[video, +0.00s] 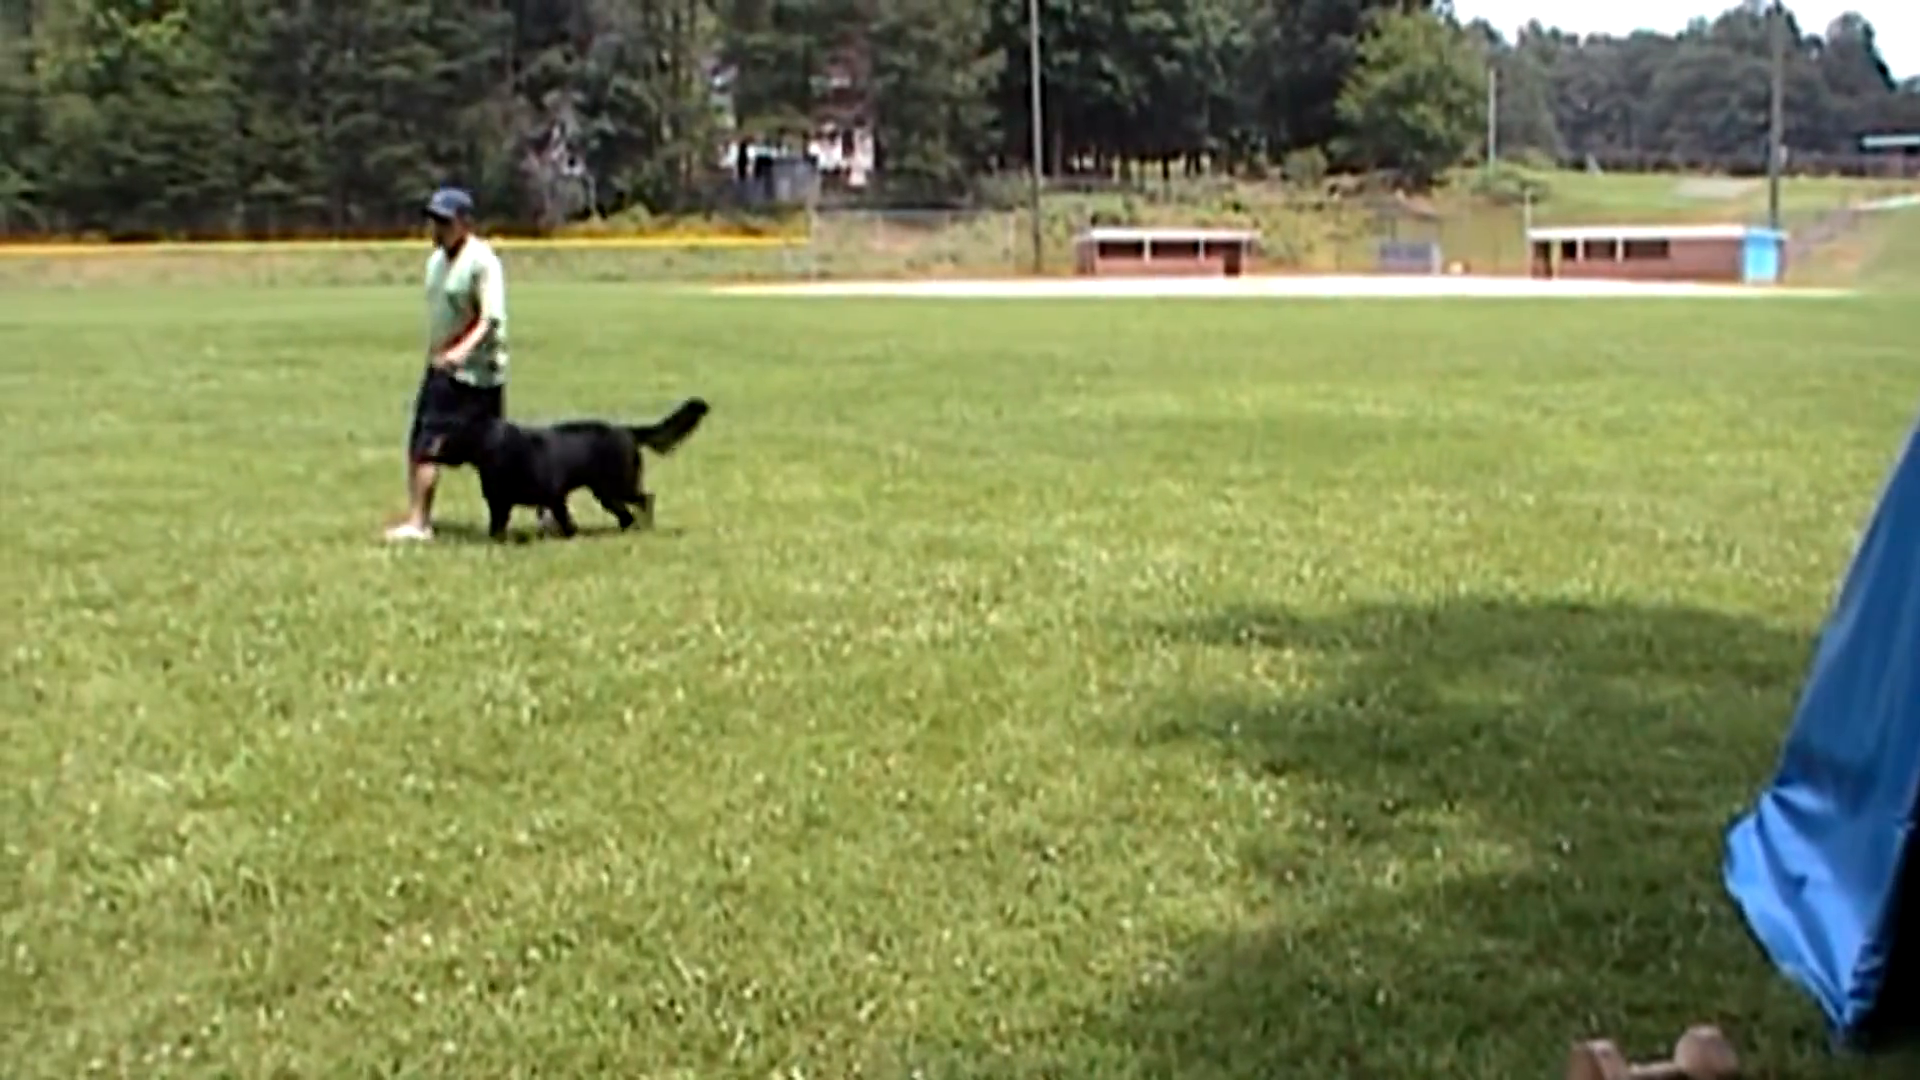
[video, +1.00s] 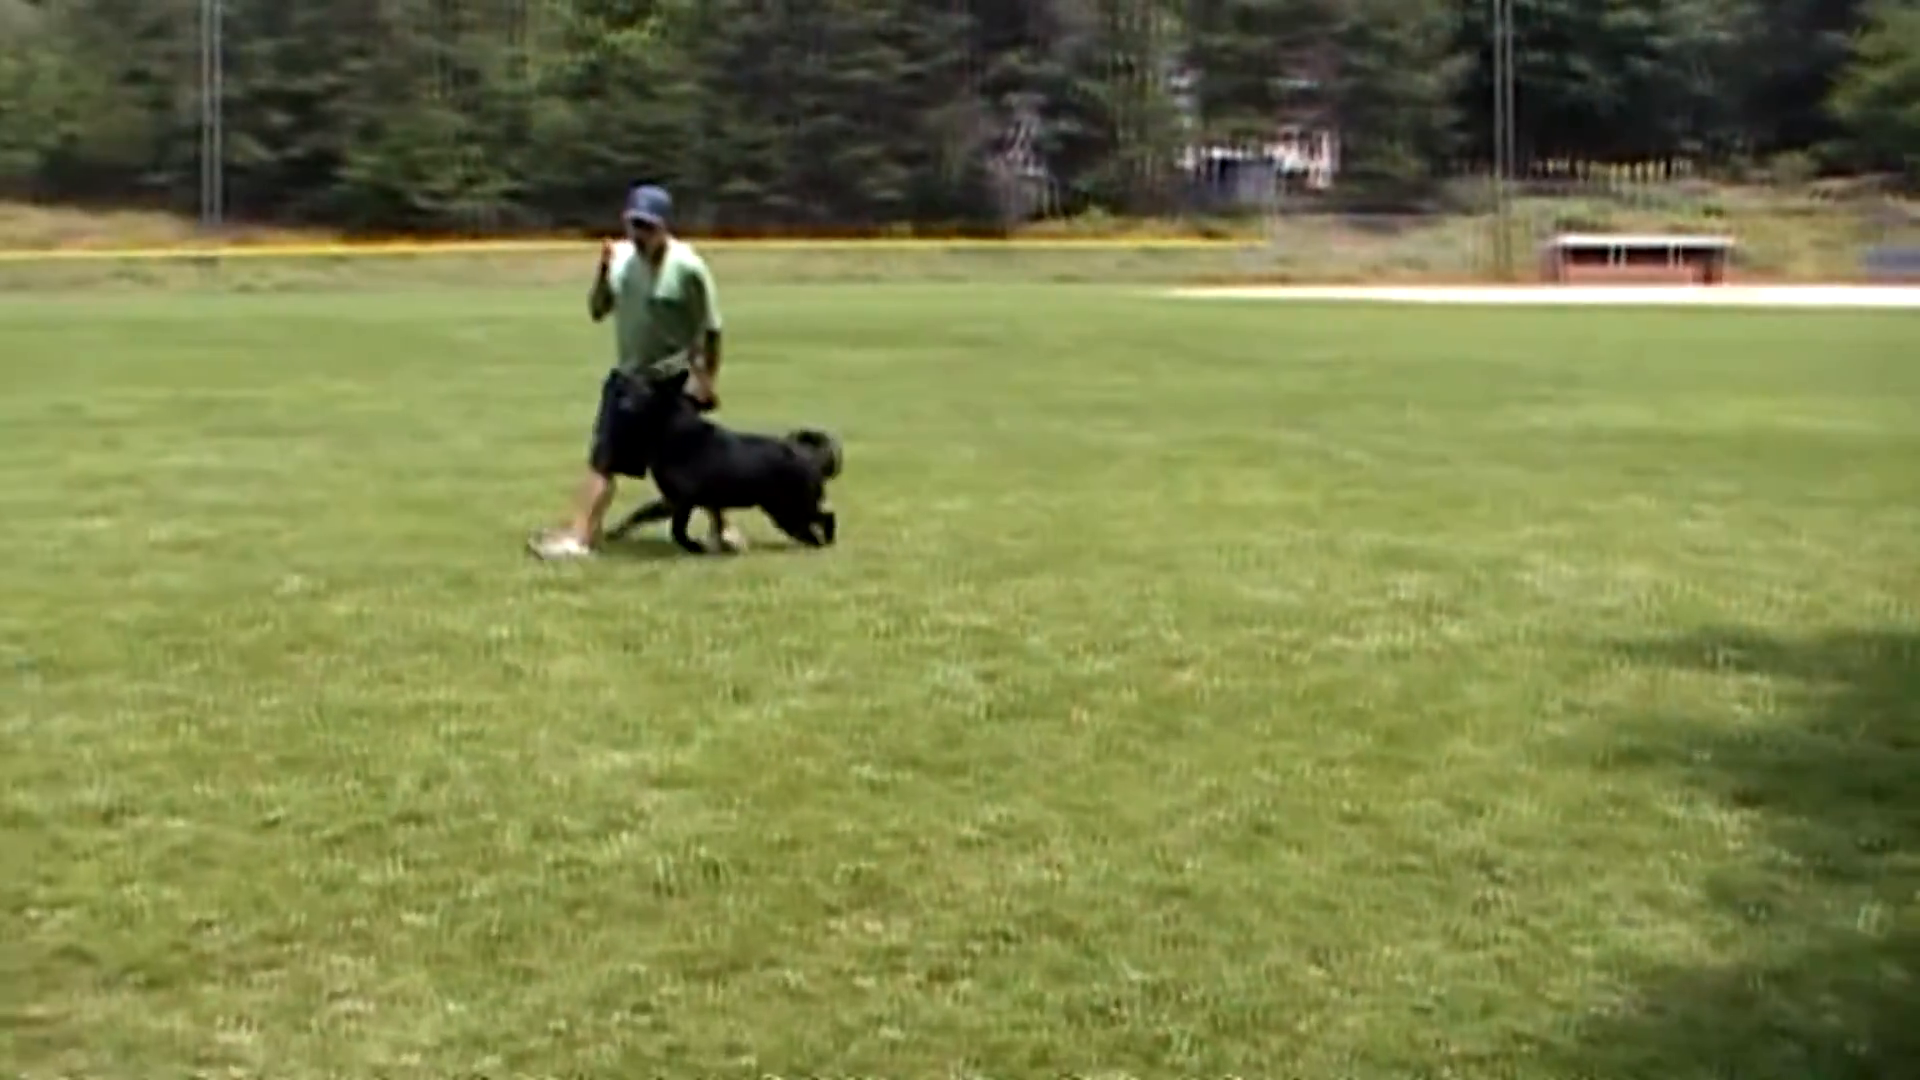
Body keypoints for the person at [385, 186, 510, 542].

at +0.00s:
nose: (436, 230)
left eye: (444, 222)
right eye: (433, 221)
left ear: (464, 223)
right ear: (432, 223)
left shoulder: (484, 262)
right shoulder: (436, 260)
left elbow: (490, 318)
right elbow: (444, 312)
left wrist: (458, 352)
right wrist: (438, 353)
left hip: (480, 373)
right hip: (442, 368)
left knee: (489, 450)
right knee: (423, 448)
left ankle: (539, 503)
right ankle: (419, 519)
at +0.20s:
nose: (408, 220)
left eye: (416, 212)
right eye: (405, 212)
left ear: (437, 212)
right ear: (402, 213)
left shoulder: (460, 253)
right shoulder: (404, 249)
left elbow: (473, 314)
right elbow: (399, 304)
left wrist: (467, 363)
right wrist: (382, 345)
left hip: (443, 350)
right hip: (413, 348)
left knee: (415, 428)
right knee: (410, 432)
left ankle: (451, 499)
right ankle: (438, 510)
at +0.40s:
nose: (430, 231)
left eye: (438, 223)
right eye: (426, 223)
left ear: (459, 222)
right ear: (422, 223)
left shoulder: (477, 263)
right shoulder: (423, 256)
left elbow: (500, 323)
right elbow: (411, 302)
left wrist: (495, 375)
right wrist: (388, 319)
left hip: (464, 365)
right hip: (433, 361)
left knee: (424, 442)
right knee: (466, 445)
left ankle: (388, 521)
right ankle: (498, 507)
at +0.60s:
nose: (496, 231)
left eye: (504, 224)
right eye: (493, 223)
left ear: (523, 226)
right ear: (488, 224)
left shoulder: (545, 266)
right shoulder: (487, 257)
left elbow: (563, 324)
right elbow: (464, 307)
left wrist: (555, 372)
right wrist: (466, 269)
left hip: (526, 365)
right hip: (494, 361)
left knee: (492, 441)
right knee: (502, 445)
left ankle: (490, 526)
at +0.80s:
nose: (575, 226)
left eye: (582, 219)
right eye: (569, 218)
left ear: (598, 220)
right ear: (562, 219)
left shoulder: (623, 260)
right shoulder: (560, 249)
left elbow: (640, 319)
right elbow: (533, 298)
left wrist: (631, 369)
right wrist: (540, 259)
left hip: (605, 367)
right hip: (563, 362)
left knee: (601, 453)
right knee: (535, 440)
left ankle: (612, 526)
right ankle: (568, 518)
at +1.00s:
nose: (638, 235)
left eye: (646, 227)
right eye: (633, 226)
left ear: (664, 227)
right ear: (626, 226)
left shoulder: (687, 268)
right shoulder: (622, 259)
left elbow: (711, 327)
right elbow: (599, 311)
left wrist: (706, 377)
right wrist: (604, 272)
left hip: (672, 381)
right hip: (627, 378)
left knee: (694, 459)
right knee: (602, 464)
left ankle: (720, 528)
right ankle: (583, 536)